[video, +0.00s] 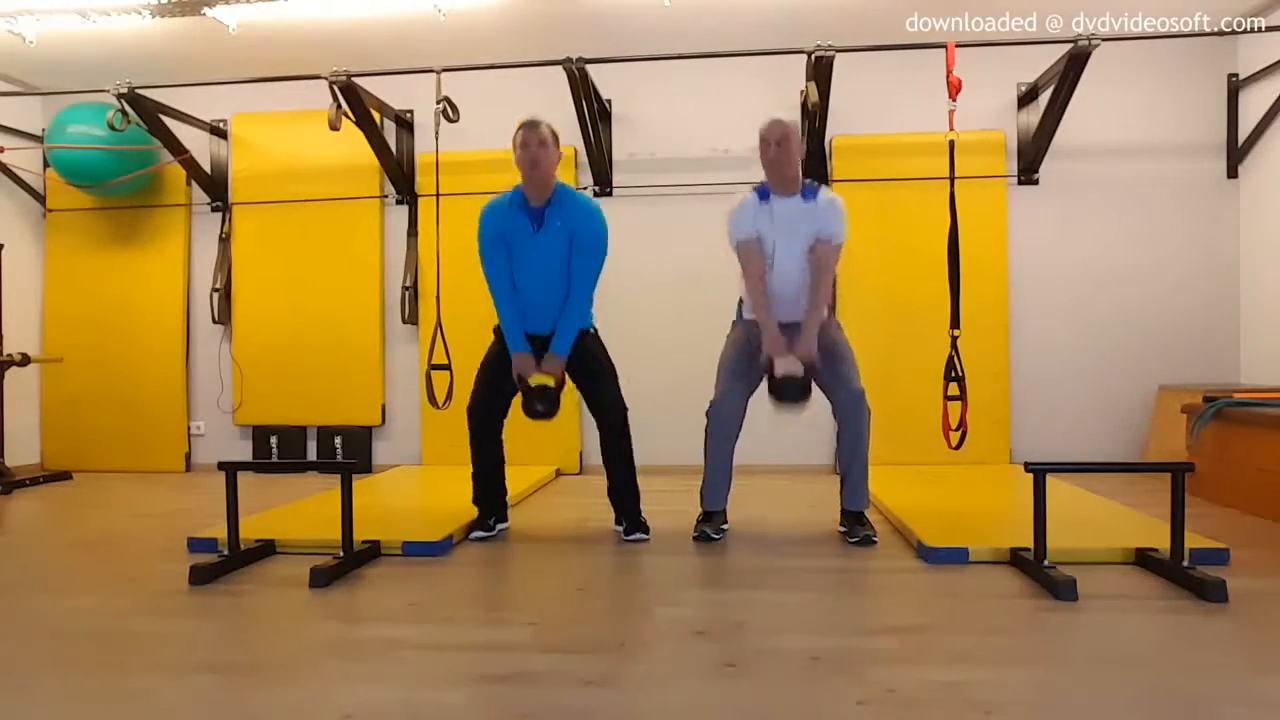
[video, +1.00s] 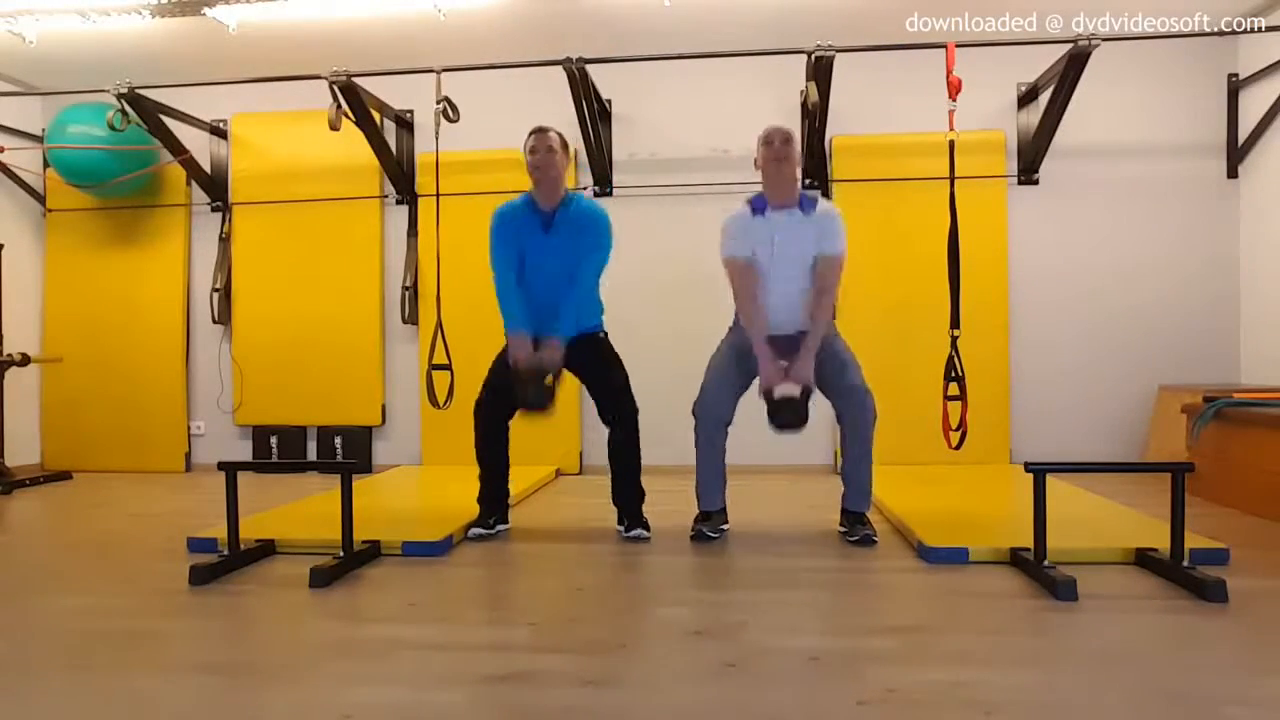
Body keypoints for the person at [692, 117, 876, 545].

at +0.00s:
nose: (774, 149)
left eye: (783, 141)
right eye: (767, 143)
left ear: (801, 150)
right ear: (759, 154)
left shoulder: (828, 205)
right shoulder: (746, 209)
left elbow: (824, 275)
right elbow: (754, 278)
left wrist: (810, 332)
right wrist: (769, 331)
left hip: (815, 322)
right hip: (757, 323)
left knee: (853, 403)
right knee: (724, 407)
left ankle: (854, 512)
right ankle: (713, 512)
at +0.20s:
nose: (772, 127)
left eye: (779, 120)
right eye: (765, 121)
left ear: (795, 124)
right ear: (755, 127)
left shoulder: (818, 162)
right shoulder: (745, 171)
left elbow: (827, 181)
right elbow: (741, 188)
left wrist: (784, 189)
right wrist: (778, 195)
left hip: (811, 306)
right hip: (755, 308)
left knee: (843, 407)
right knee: (730, 409)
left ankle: (854, 512)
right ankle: (713, 511)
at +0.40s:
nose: (785, 126)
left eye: (792, 119)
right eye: (778, 119)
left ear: (805, 117)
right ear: (761, 115)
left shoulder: (819, 162)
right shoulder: (744, 166)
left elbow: (825, 165)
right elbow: (738, 167)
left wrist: (811, 116)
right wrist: (755, 120)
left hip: (811, 301)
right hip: (754, 303)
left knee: (839, 407)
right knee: (732, 408)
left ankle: (854, 513)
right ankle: (713, 511)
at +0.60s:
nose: (787, 132)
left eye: (795, 125)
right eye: (780, 124)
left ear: (807, 121)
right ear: (764, 120)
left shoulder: (818, 161)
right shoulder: (747, 162)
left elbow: (827, 164)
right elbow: (741, 164)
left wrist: (811, 118)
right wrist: (759, 120)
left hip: (812, 303)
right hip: (756, 304)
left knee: (840, 408)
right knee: (733, 408)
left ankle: (854, 512)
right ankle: (714, 510)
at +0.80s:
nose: (776, 112)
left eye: (784, 108)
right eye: (768, 109)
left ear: (798, 125)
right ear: (756, 127)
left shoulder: (821, 171)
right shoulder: (743, 176)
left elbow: (826, 206)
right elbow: (744, 206)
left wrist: (801, 229)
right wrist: (772, 228)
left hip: (811, 316)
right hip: (753, 317)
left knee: (850, 411)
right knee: (721, 413)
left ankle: (854, 513)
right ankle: (713, 511)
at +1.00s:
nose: (778, 148)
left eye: (786, 142)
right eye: (769, 143)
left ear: (799, 158)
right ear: (757, 160)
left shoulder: (826, 217)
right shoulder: (739, 224)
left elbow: (825, 294)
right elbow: (746, 299)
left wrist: (808, 353)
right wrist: (765, 357)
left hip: (813, 336)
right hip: (752, 336)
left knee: (859, 403)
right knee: (709, 408)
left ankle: (855, 512)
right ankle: (711, 511)